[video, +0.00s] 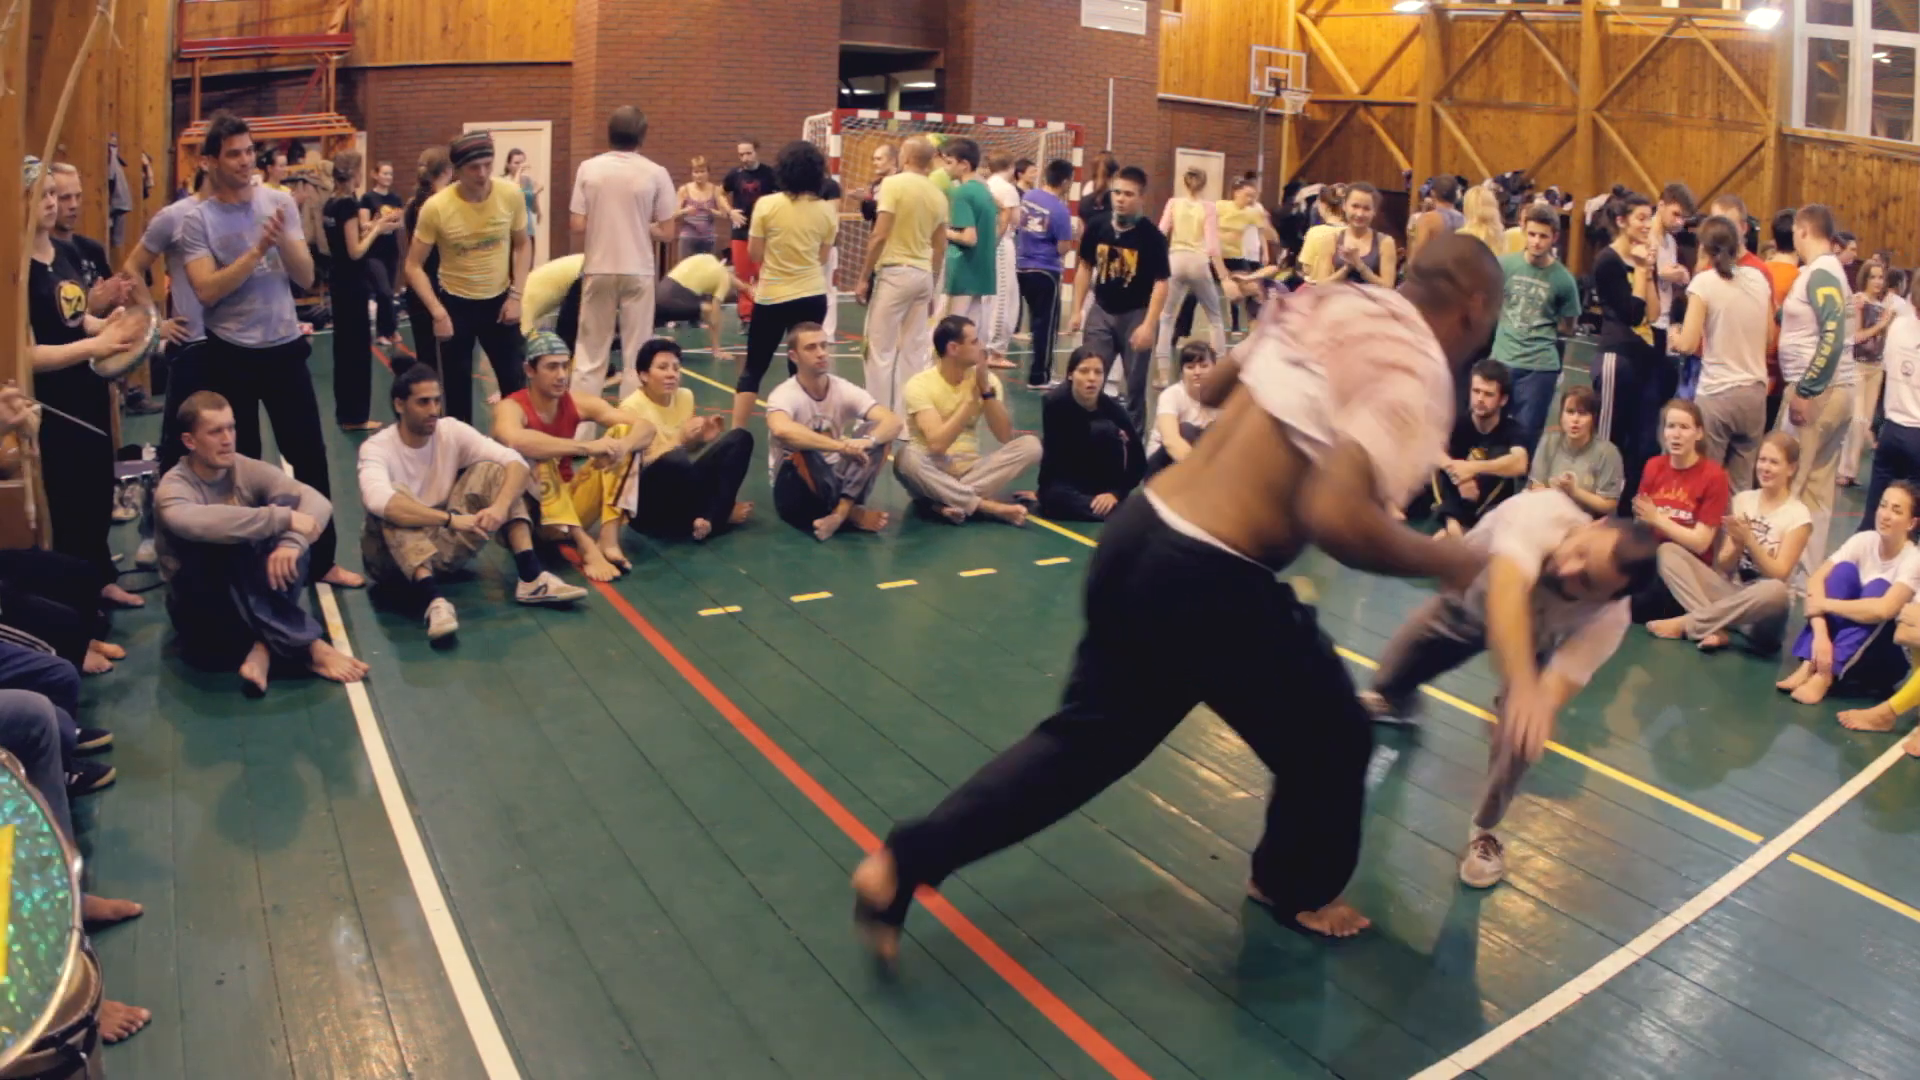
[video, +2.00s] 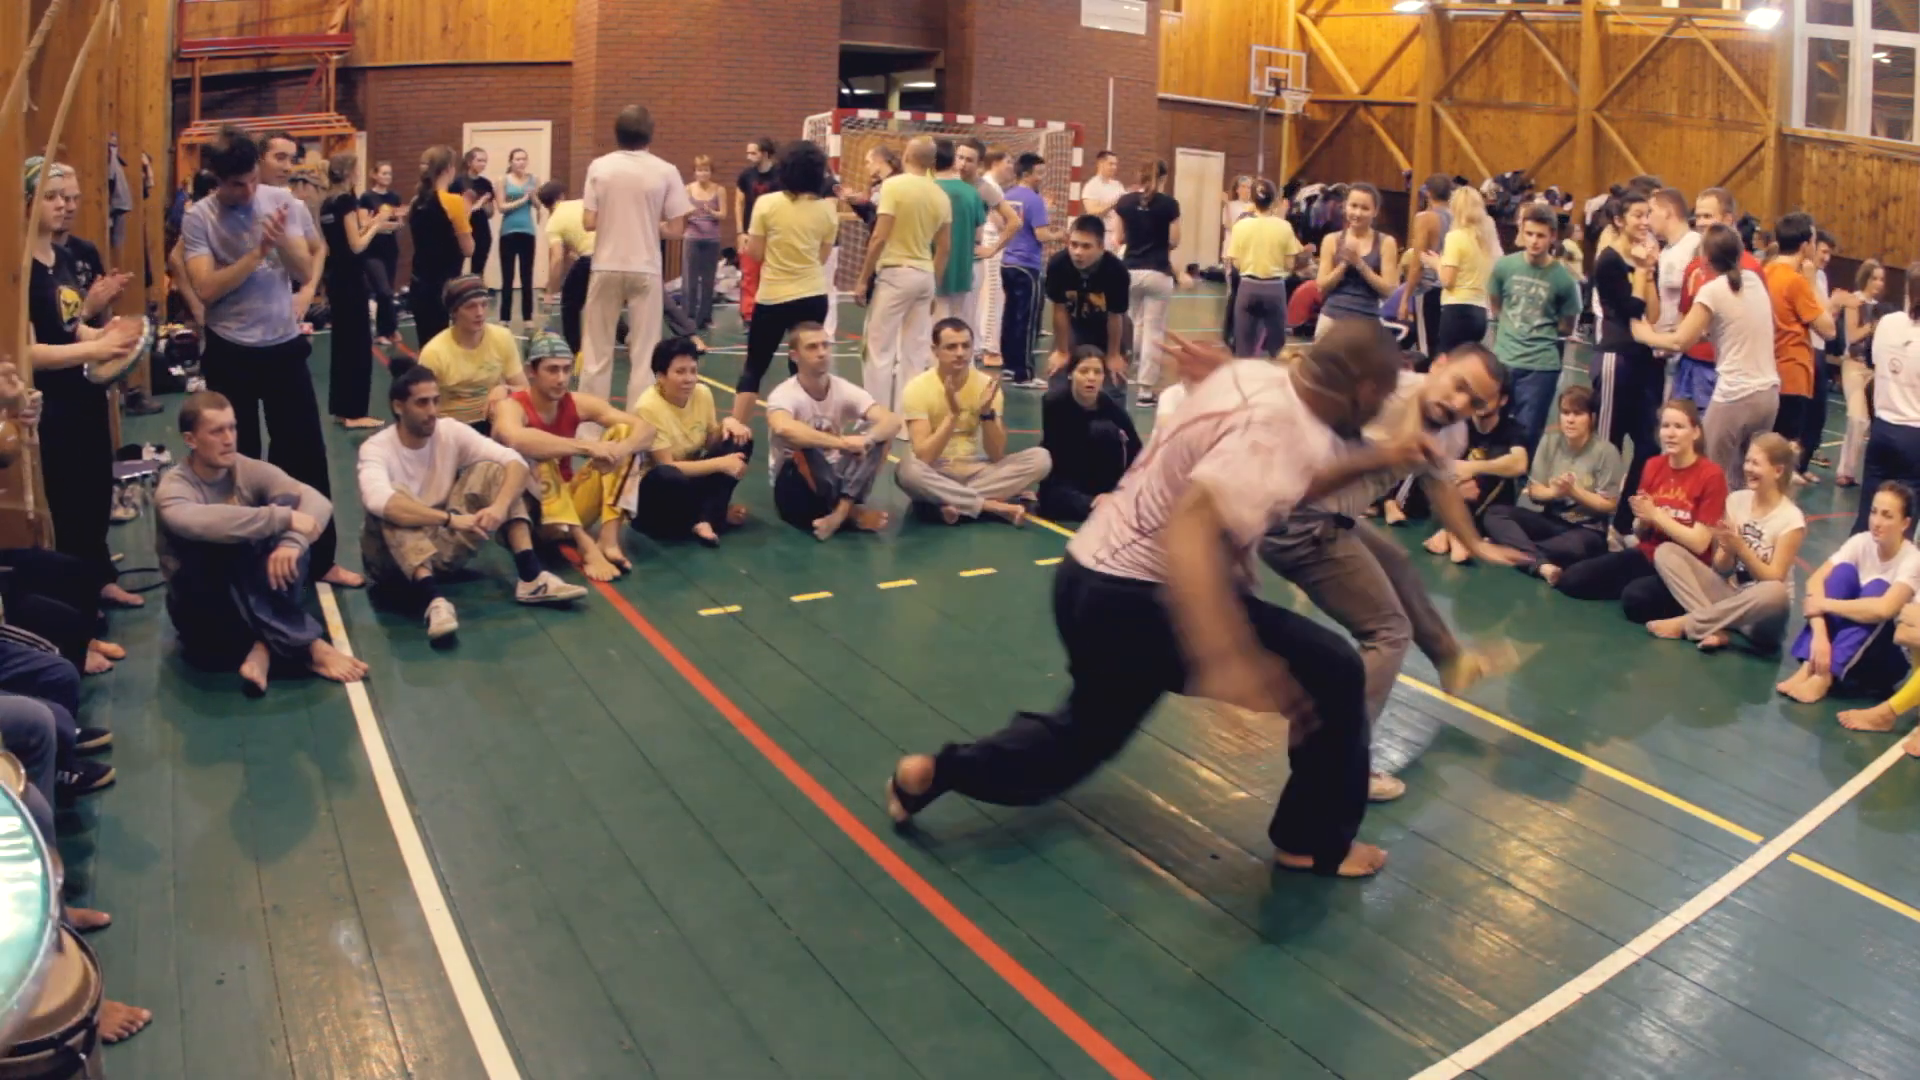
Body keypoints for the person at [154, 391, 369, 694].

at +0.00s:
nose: (228, 439)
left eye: (231, 429)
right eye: (216, 432)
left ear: (237, 429)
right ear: (189, 441)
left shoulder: (245, 468)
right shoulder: (174, 487)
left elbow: (317, 502)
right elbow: (192, 523)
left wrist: (292, 544)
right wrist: (283, 517)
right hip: (208, 616)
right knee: (214, 544)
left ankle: (264, 645)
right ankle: (310, 645)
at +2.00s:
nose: (229, 439)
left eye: (232, 429)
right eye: (217, 432)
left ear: (238, 429)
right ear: (190, 440)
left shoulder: (247, 469)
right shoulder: (174, 488)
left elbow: (317, 501)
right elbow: (197, 523)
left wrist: (292, 543)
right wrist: (284, 518)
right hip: (211, 611)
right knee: (212, 546)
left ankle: (265, 645)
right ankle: (310, 646)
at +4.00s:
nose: (228, 440)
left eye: (230, 429)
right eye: (215, 433)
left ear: (237, 429)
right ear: (189, 440)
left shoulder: (247, 469)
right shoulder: (174, 487)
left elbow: (316, 501)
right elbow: (192, 523)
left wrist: (292, 543)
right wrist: (283, 517)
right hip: (209, 614)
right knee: (214, 546)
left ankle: (263, 645)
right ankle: (310, 645)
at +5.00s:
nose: (227, 441)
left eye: (230, 430)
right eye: (214, 434)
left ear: (236, 429)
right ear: (189, 440)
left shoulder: (248, 469)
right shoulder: (174, 487)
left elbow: (316, 502)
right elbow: (194, 523)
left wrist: (292, 544)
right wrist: (284, 517)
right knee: (218, 543)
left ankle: (265, 644)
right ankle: (310, 644)